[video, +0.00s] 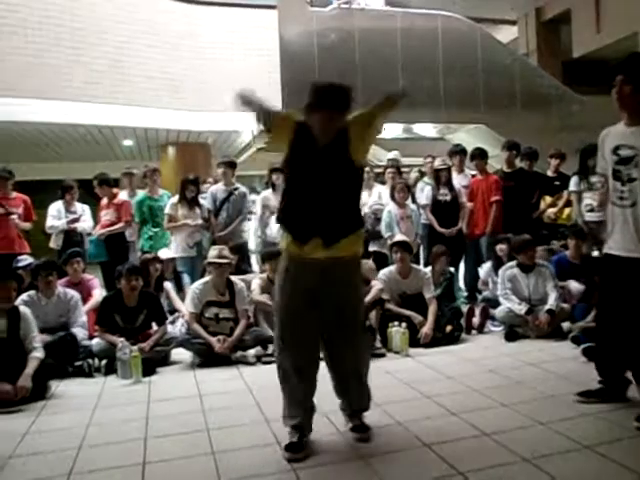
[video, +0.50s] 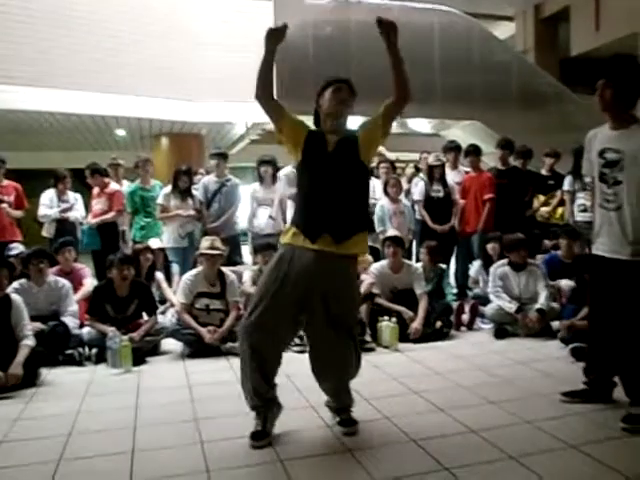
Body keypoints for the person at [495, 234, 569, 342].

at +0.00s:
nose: (531, 255)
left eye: (533, 251)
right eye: (526, 252)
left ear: (536, 251)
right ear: (517, 255)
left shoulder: (545, 268)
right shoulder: (506, 271)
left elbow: (553, 291)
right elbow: (505, 295)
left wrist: (549, 311)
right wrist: (526, 311)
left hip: (541, 306)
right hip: (519, 307)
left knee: (564, 310)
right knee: (501, 313)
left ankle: (523, 332)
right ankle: (547, 331)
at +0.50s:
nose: (523, 254)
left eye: (524, 250)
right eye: (518, 251)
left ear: (527, 251)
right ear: (508, 254)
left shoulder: (535, 268)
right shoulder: (497, 270)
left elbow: (544, 290)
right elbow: (495, 292)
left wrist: (540, 310)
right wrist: (516, 309)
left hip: (531, 305)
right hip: (509, 305)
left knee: (554, 309)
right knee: (491, 311)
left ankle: (513, 330)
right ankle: (536, 329)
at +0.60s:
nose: (517, 254)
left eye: (519, 250)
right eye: (512, 252)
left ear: (522, 251)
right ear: (503, 254)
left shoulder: (531, 268)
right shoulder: (492, 270)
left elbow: (539, 290)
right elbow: (490, 292)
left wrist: (534, 310)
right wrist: (511, 309)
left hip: (526, 304)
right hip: (505, 304)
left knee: (550, 309)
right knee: (487, 311)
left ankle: (508, 330)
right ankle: (531, 329)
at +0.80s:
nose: (511, 230)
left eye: (512, 227)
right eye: (506, 228)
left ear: (515, 227)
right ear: (498, 230)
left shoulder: (523, 244)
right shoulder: (487, 245)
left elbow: (533, 267)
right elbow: (485, 270)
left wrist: (527, 286)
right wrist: (505, 284)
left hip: (520, 280)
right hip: (499, 281)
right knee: (483, 287)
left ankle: (501, 306)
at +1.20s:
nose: (517, 226)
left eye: (518, 222)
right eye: (512, 223)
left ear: (521, 223)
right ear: (502, 226)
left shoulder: (530, 241)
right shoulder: (492, 242)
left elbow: (538, 262)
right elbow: (490, 265)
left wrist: (535, 280)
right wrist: (509, 280)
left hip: (526, 277)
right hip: (504, 277)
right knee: (487, 284)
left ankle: (507, 302)